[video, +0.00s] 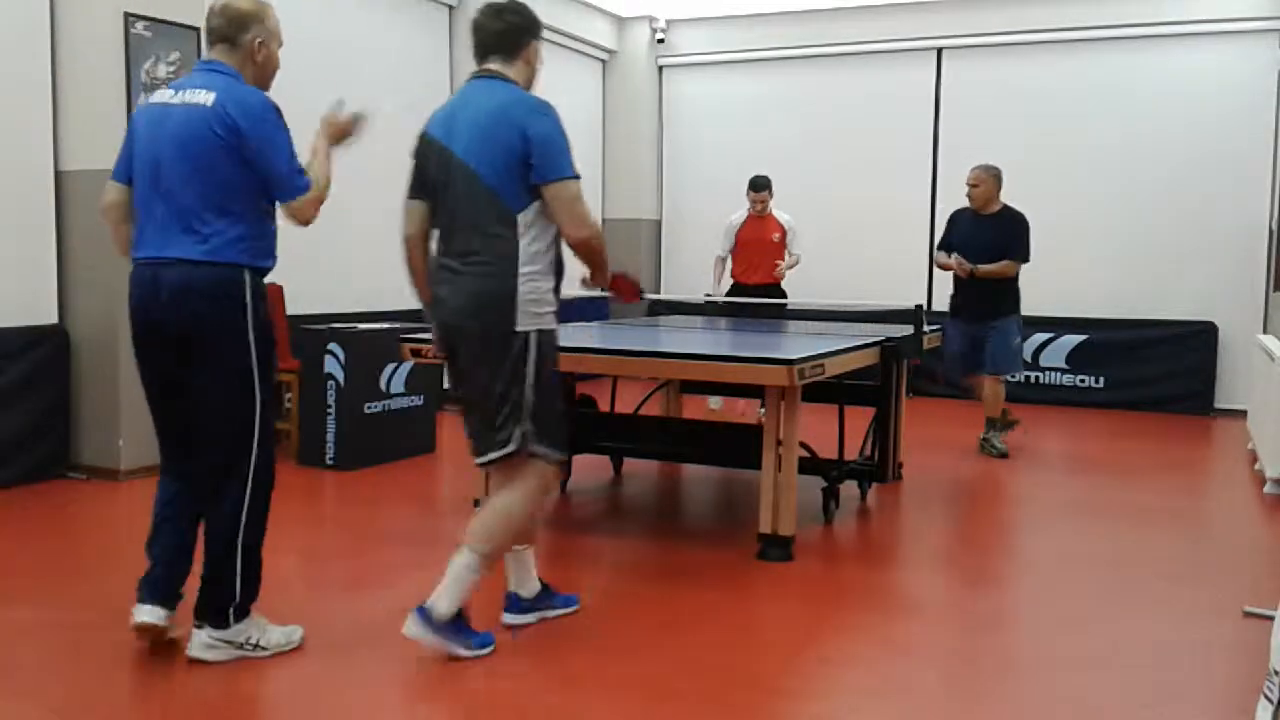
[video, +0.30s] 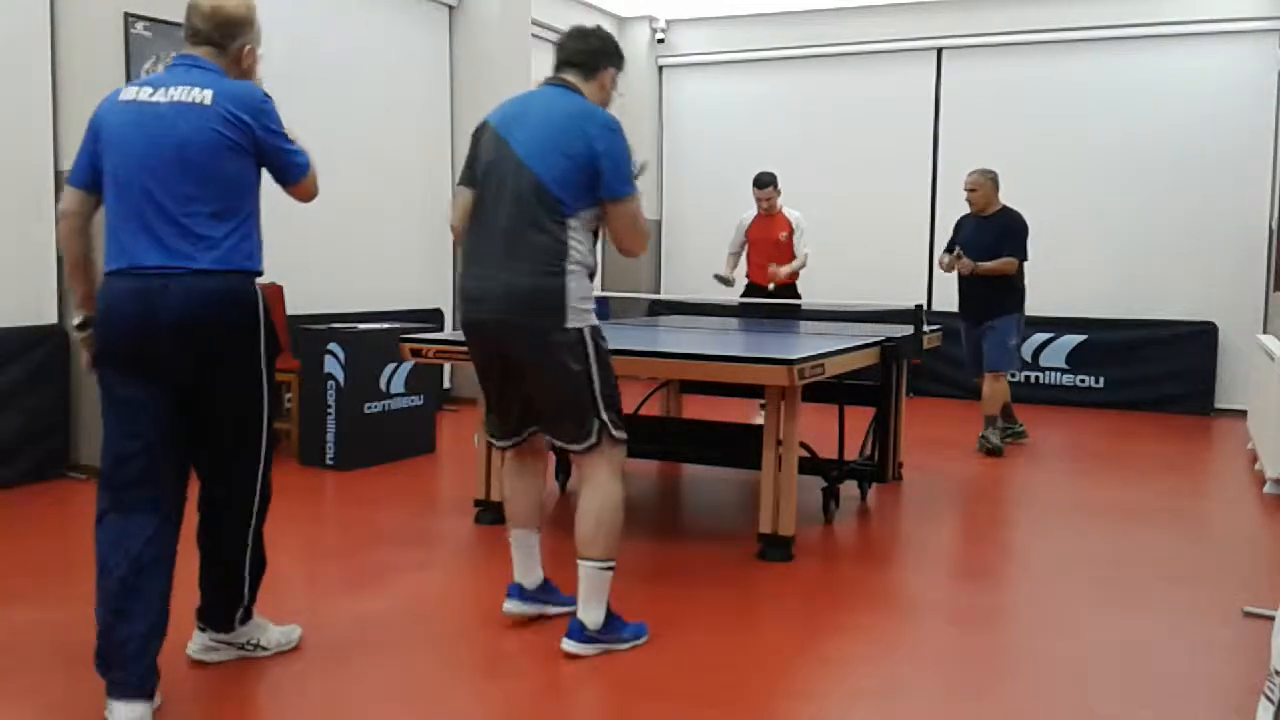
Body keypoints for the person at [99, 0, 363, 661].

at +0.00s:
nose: (277, 64)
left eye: (278, 52)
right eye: (277, 52)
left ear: (213, 44)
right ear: (258, 47)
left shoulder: (154, 103)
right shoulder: (252, 108)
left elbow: (115, 203)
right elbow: (303, 207)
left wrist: (148, 266)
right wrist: (325, 142)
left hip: (154, 291)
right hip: (225, 293)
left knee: (183, 453)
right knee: (243, 456)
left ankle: (156, 597)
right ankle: (224, 621)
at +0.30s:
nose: (257, 65)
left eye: (255, 54)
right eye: (257, 54)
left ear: (186, 42)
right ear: (243, 52)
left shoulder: (116, 103)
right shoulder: (244, 100)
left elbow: (72, 218)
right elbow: (304, 186)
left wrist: (88, 313)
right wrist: (259, 106)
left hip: (130, 307)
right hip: (221, 306)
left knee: (133, 493)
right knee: (235, 474)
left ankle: (128, 692)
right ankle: (225, 624)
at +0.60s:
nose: (230, 35)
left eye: (225, 27)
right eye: (228, 27)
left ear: (147, 25)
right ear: (214, 25)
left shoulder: (84, 88)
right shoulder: (227, 75)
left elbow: (34, 203)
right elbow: (285, 183)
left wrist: (23, 319)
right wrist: (236, 116)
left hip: (106, 303)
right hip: (209, 301)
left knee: (115, 495)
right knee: (241, 490)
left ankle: (129, 694)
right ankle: (241, 669)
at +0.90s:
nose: (249, 22)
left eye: (244, 15)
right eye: (247, 14)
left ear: (163, 13)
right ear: (232, 13)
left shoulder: (101, 85)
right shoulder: (252, 74)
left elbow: (48, 205)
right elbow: (327, 189)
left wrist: (37, 323)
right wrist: (261, 133)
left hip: (129, 310)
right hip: (232, 309)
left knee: (130, 500)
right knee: (266, 507)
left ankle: (128, 693)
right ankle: (288, 702)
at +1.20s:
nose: (325, 13)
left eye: (323, 5)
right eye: (323, 5)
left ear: (245, 5)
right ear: (304, 4)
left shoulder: (168, 76)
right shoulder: (325, 60)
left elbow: (130, 211)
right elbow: (386, 164)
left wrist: (140, 334)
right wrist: (340, 169)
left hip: (196, 310)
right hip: (303, 309)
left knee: (176, 522)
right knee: (309, 533)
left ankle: (138, 697)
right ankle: (294, 707)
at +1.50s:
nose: (362, 11)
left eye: (361, 5)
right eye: (362, 4)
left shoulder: (196, 54)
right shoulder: (358, 41)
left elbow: (158, 193)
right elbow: (387, 141)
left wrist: (202, 291)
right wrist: (386, 287)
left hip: (215, 305)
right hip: (323, 302)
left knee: (221, 541)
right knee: (330, 538)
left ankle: (224, 708)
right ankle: (301, 709)